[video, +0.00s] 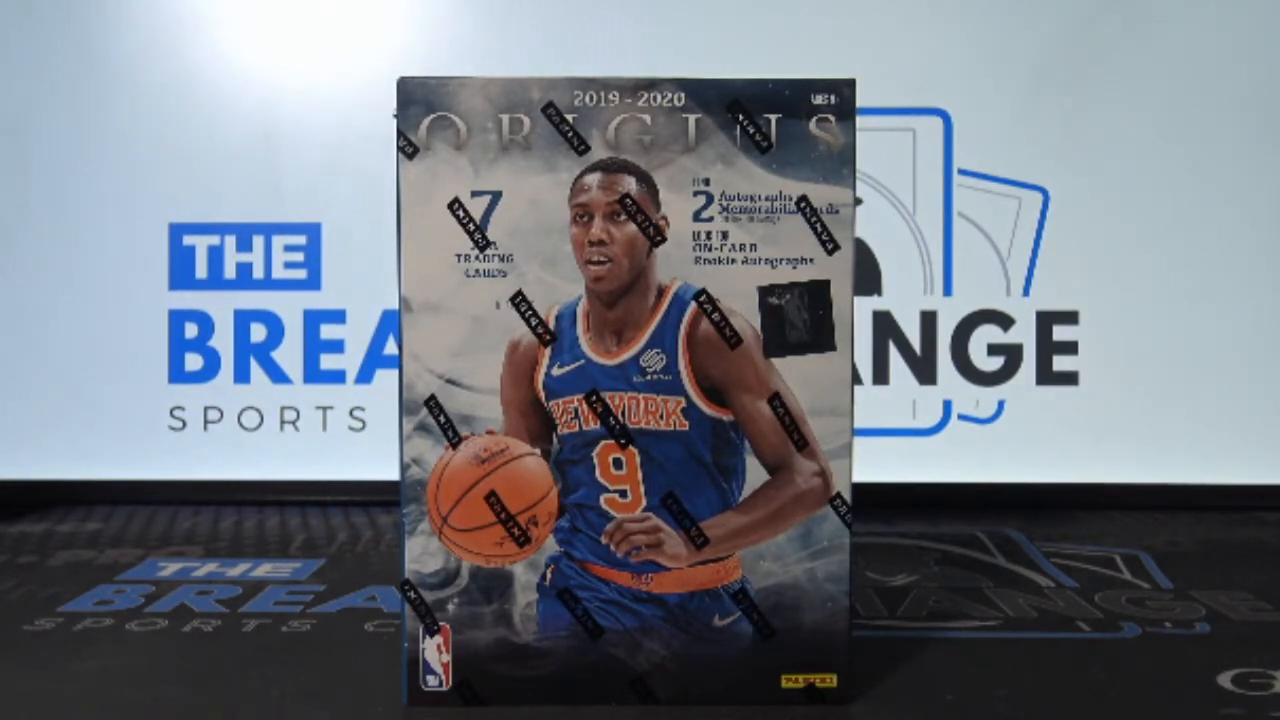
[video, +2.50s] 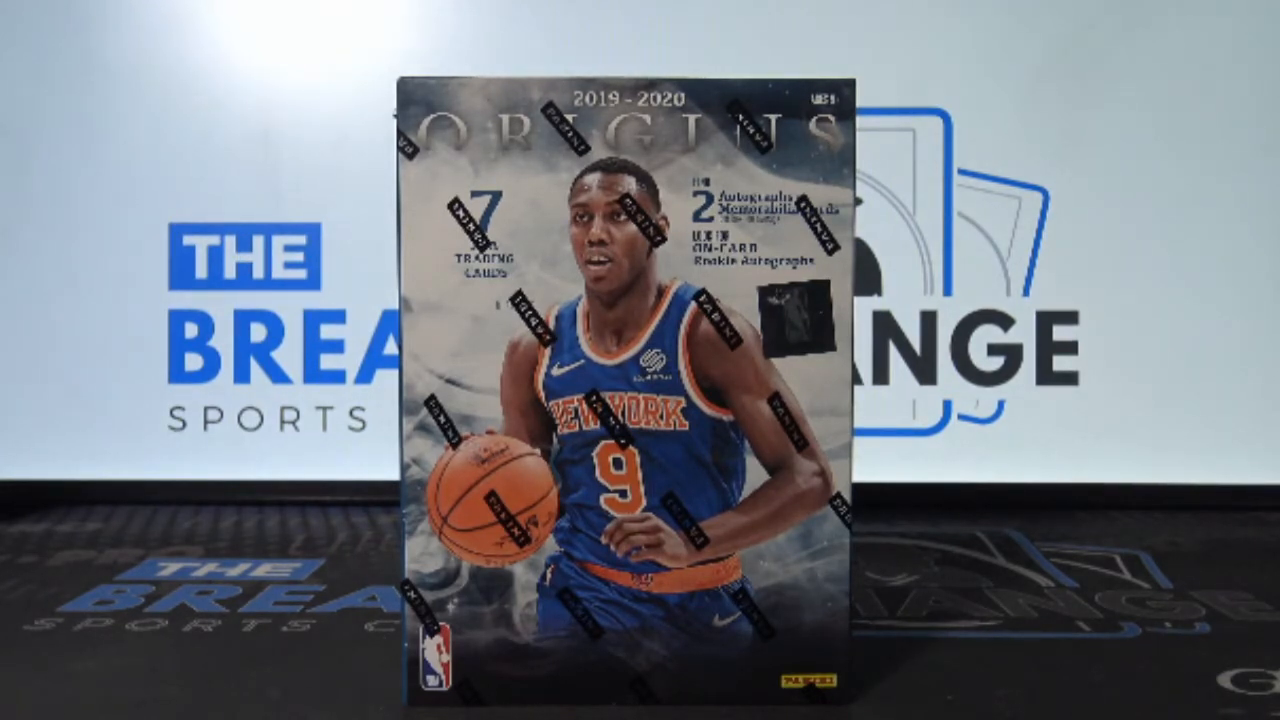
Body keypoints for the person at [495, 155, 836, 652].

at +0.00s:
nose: (595, 235)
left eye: (617, 216)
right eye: (582, 218)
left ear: (657, 230)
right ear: (570, 232)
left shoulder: (712, 334)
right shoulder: (534, 353)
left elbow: (809, 476)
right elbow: (525, 488)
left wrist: (695, 543)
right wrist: (475, 473)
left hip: (697, 612)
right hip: (582, 605)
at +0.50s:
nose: (595, 235)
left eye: (617, 216)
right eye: (582, 218)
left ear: (657, 230)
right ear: (569, 232)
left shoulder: (712, 334)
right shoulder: (534, 352)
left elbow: (810, 477)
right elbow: (529, 489)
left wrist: (696, 542)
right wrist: (486, 469)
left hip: (699, 613)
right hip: (583, 606)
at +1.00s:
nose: (595, 235)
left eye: (617, 216)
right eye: (582, 218)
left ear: (657, 230)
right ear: (569, 232)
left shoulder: (712, 334)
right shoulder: (535, 352)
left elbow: (810, 477)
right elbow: (530, 489)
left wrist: (696, 542)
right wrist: (485, 469)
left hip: (699, 613)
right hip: (584, 605)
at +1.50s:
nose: (595, 235)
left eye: (617, 216)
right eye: (582, 218)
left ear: (657, 230)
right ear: (570, 232)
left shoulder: (712, 334)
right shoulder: (534, 352)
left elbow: (809, 476)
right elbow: (529, 488)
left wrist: (696, 542)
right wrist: (480, 472)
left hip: (698, 614)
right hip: (583, 606)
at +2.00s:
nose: (595, 235)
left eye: (617, 216)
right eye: (582, 218)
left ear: (657, 230)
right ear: (569, 232)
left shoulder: (713, 335)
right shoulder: (535, 352)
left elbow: (810, 477)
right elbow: (530, 489)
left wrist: (696, 541)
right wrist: (485, 467)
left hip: (697, 614)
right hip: (582, 606)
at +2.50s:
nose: (595, 235)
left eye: (617, 216)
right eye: (582, 218)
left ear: (657, 230)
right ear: (569, 232)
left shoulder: (712, 335)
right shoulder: (534, 353)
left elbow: (810, 476)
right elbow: (529, 487)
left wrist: (696, 541)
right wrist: (482, 471)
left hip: (699, 613)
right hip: (584, 605)